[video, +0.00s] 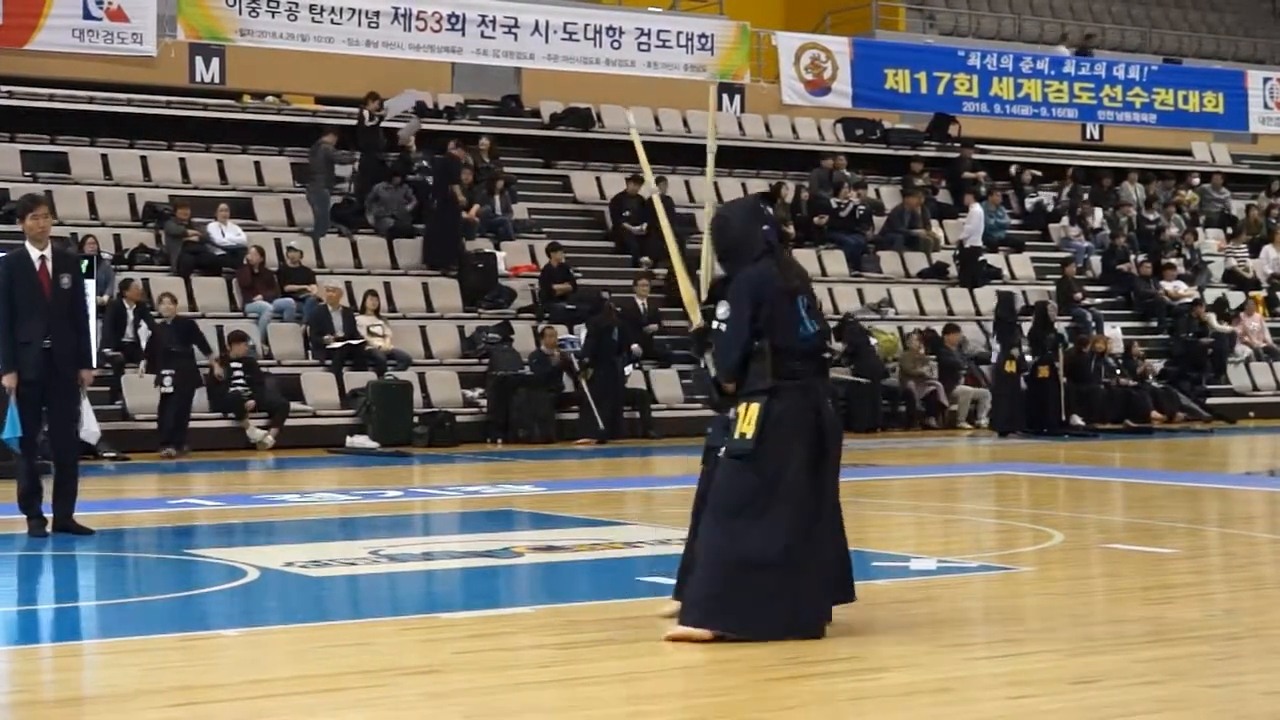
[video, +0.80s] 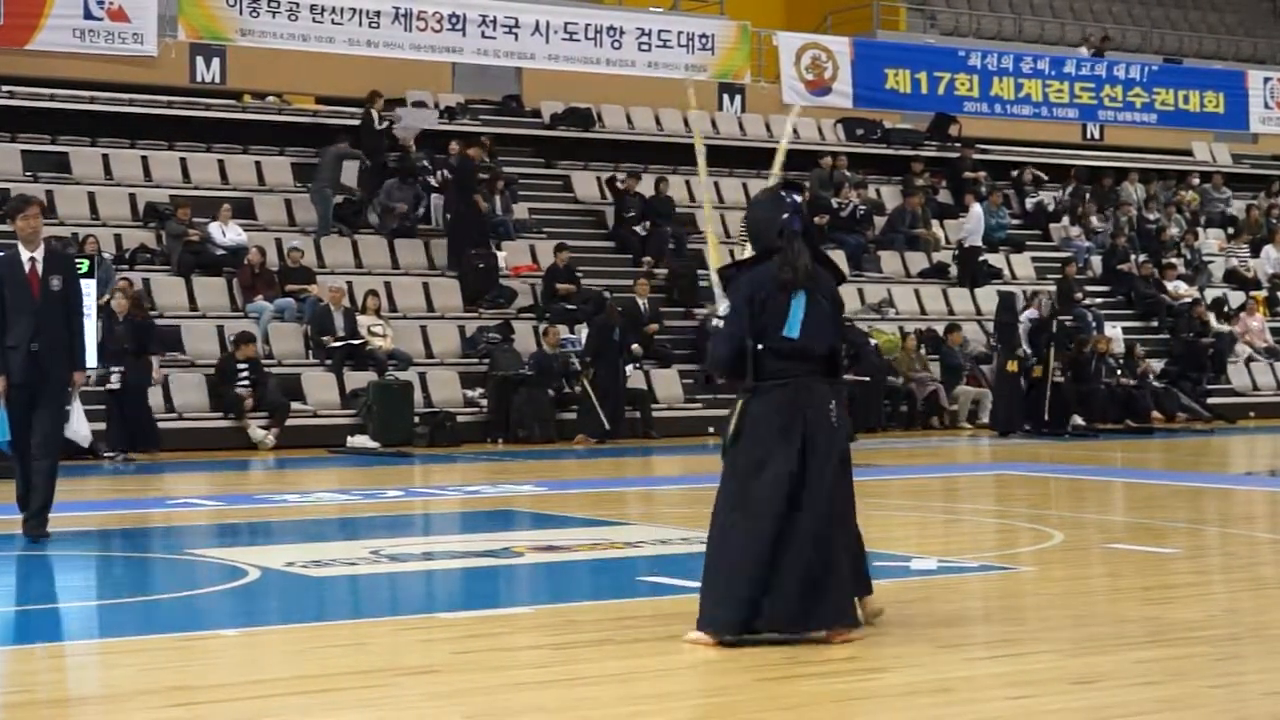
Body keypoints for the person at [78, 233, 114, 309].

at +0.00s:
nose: (92, 246)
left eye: (94, 243)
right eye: (88, 244)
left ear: (97, 246)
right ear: (83, 246)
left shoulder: (104, 264)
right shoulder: (77, 263)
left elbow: (110, 280)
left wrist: (106, 295)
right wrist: (92, 298)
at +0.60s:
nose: (92, 246)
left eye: (94, 243)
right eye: (89, 243)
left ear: (98, 245)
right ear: (83, 246)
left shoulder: (105, 263)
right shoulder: (77, 263)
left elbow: (112, 279)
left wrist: (108, 294)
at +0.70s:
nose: (92, 246)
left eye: (94, 243)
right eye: (89, 243)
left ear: (98, 245)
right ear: (83, 246)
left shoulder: (104, 263)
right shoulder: (77, 263)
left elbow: (111, 279)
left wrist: (108, 294)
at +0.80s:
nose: (92, 246)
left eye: (94, 243)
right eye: (89, 243)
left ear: (98, 245)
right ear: (83, 246)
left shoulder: (105, 263)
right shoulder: (77, 263)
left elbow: (112, 280)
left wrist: (106, 296)